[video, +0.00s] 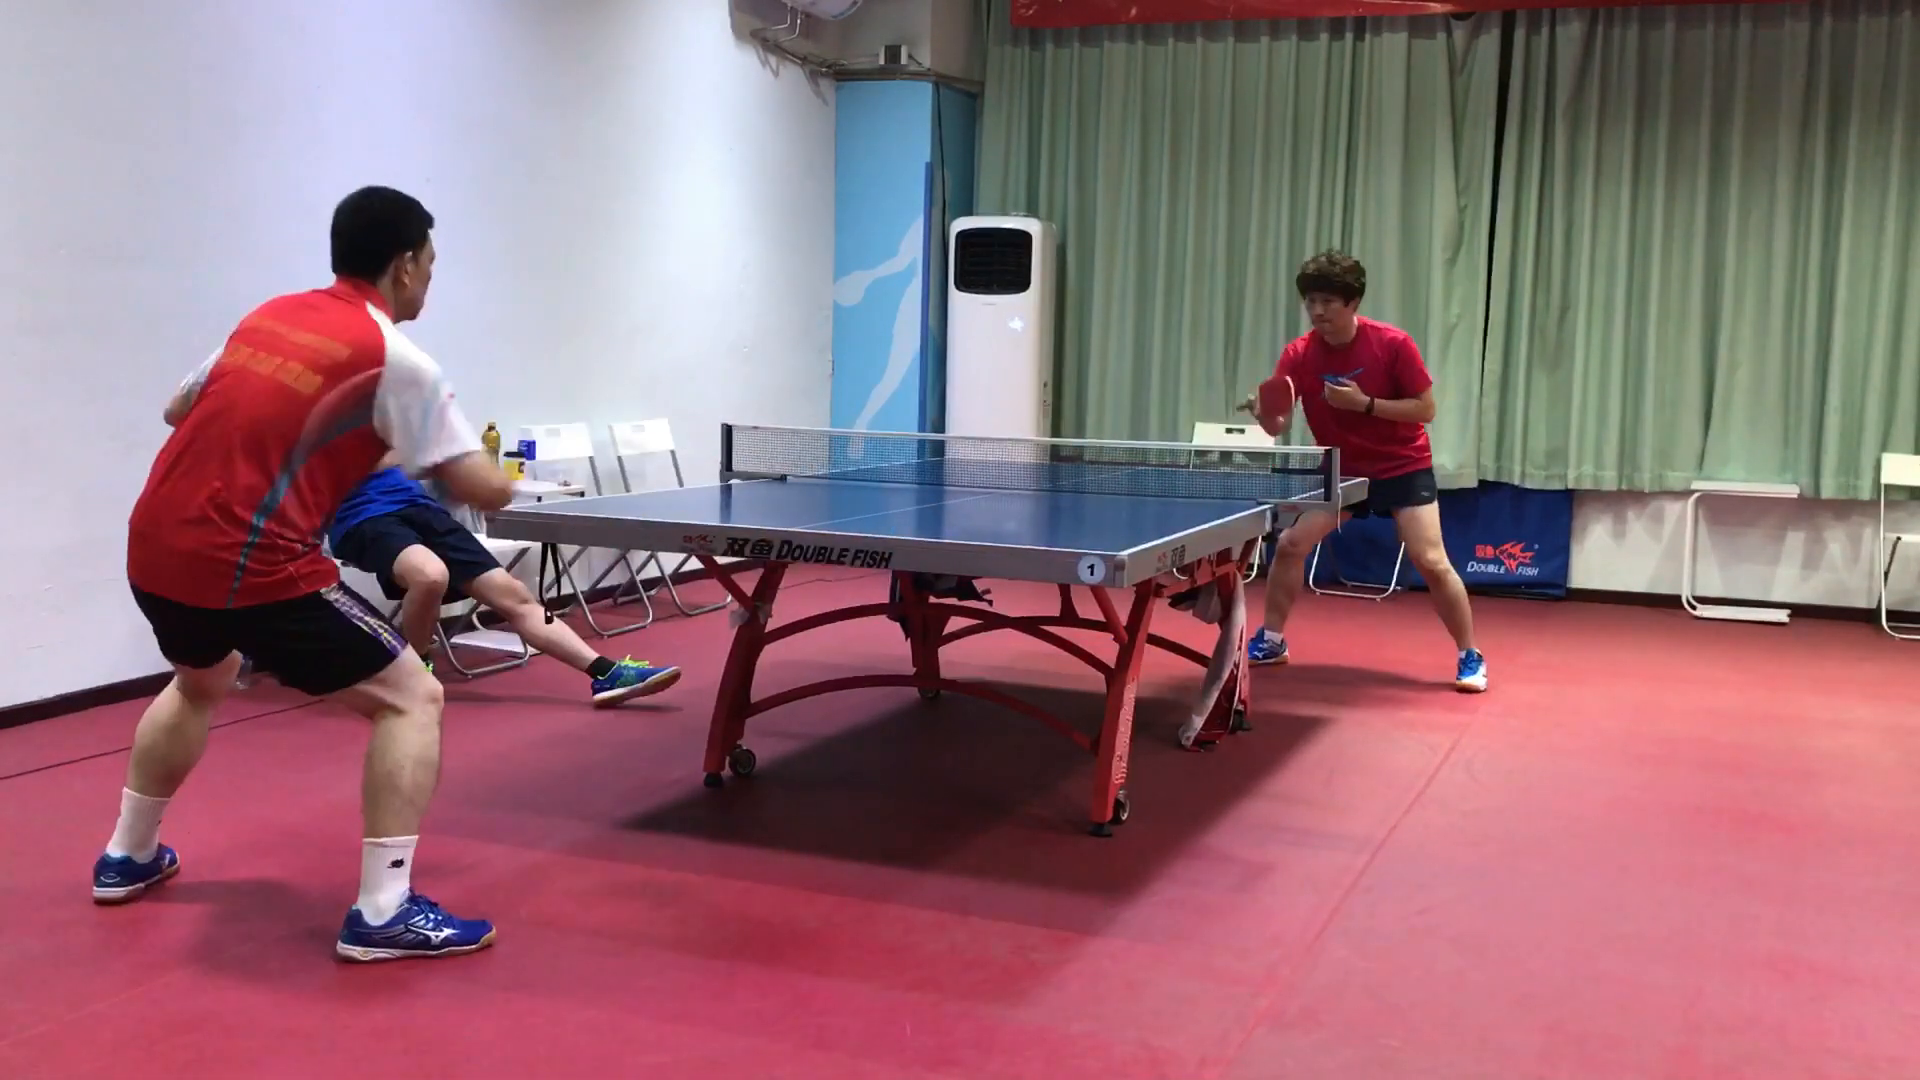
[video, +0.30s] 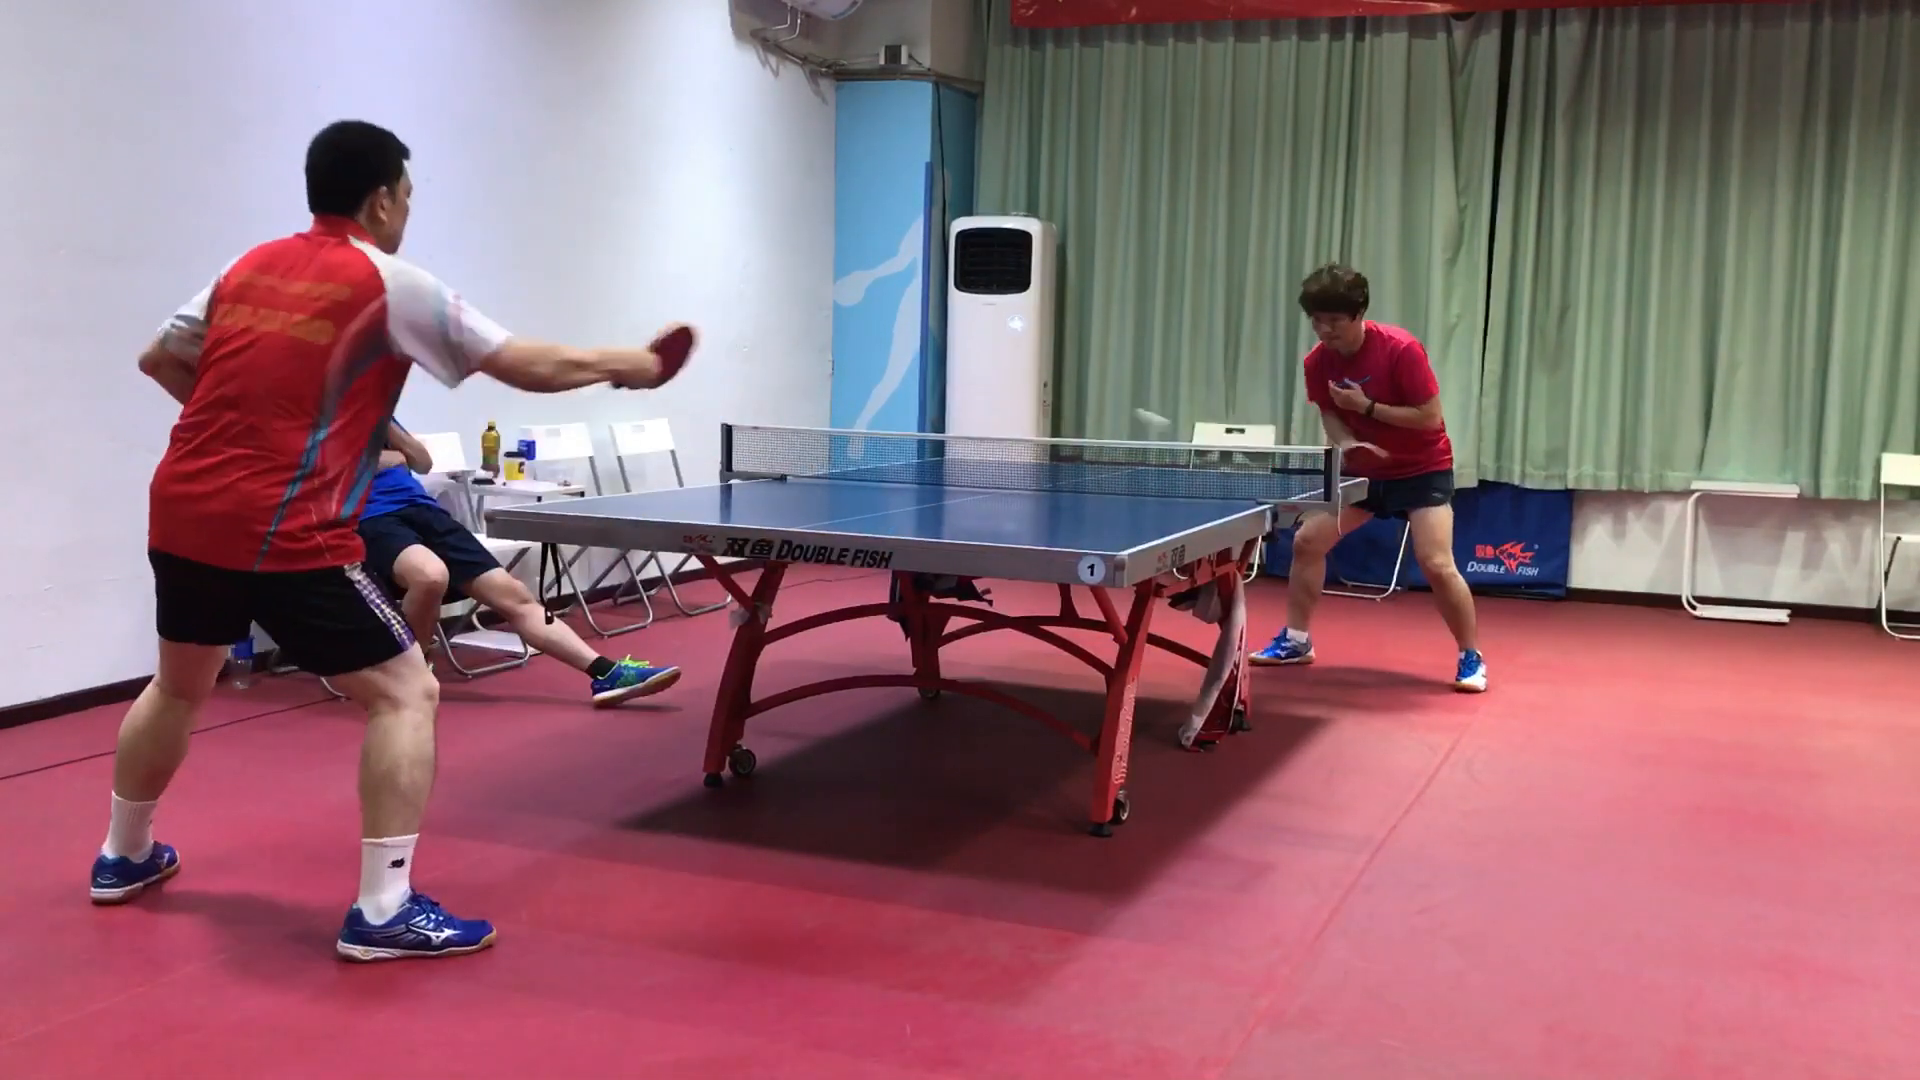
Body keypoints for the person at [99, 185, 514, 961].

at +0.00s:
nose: (430, 282)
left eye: (431, 267)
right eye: (428, 266)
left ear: (342, 260)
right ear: (404, 266)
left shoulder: (270, 315)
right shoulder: (397, 358)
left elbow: (180, 410)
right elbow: (478, 488)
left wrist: (285, 440)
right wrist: (505, 477)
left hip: (157, 555)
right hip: (259, 570)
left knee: (200, 679)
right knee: (413, 697)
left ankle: (126, 854)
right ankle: (383, 907)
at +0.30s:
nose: (409, 208)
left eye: (408, 193)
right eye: (406, 193)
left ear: (318, 200)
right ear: (380, 200)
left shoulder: (250, 266)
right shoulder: (394, 284)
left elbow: (162, 357)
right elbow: (521, 365)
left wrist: (249, 420)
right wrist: (624, 362)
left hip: (182, 518)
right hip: (292, 534)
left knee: (177, 685)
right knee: (405, 691)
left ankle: (122, 854)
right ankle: (383, 908)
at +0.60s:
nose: (414, 224)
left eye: (413, 208)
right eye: (412, 209)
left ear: (329, 207)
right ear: (386, 211)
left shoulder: (266, 275)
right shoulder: (367, 294)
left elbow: (278, 438)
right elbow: (427, 431)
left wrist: (392, 457)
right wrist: (488, 459)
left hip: (165, 521)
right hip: (256, 534)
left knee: (192, 680)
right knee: (375, 691)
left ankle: (126, 853)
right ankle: (370, 914)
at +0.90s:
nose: (418, 229)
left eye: (417, 215)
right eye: (418, 215)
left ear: (331, 209)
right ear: (400, 217)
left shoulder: (257, 274)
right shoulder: (408, 312)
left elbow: (173, 380)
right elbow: (523, 392)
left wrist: (276, 397)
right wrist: (592, 387)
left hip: (165, 515)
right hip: (277, 533)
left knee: (169, 682)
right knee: (387, 692)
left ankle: (125, 849)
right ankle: (372, 911)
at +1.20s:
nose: (383, 190)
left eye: (380, 174)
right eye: (380, 174)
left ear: (297, 176)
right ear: (356, 178)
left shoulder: (230, 253)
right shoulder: (362, 263)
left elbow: (169, 370)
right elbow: (452, 374)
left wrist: (270, 400)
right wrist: (550, 396)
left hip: (178, 499)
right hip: (277, 506)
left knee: (176, 679)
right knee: (370, 681)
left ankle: (125, 852)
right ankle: (386, 899)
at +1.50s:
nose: (427, 259)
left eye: (429, 245)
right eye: (426, 245)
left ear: (340, 235)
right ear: (404, 244)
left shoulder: (266, 296)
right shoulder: (396, 329)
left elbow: (189, 412)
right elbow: (473, 467)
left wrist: (324, 456)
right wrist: (464, 506)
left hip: (173, 533)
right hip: (272, 548)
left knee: (194, 684)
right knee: (411, 692)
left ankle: (127, 853)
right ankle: (386, 908)